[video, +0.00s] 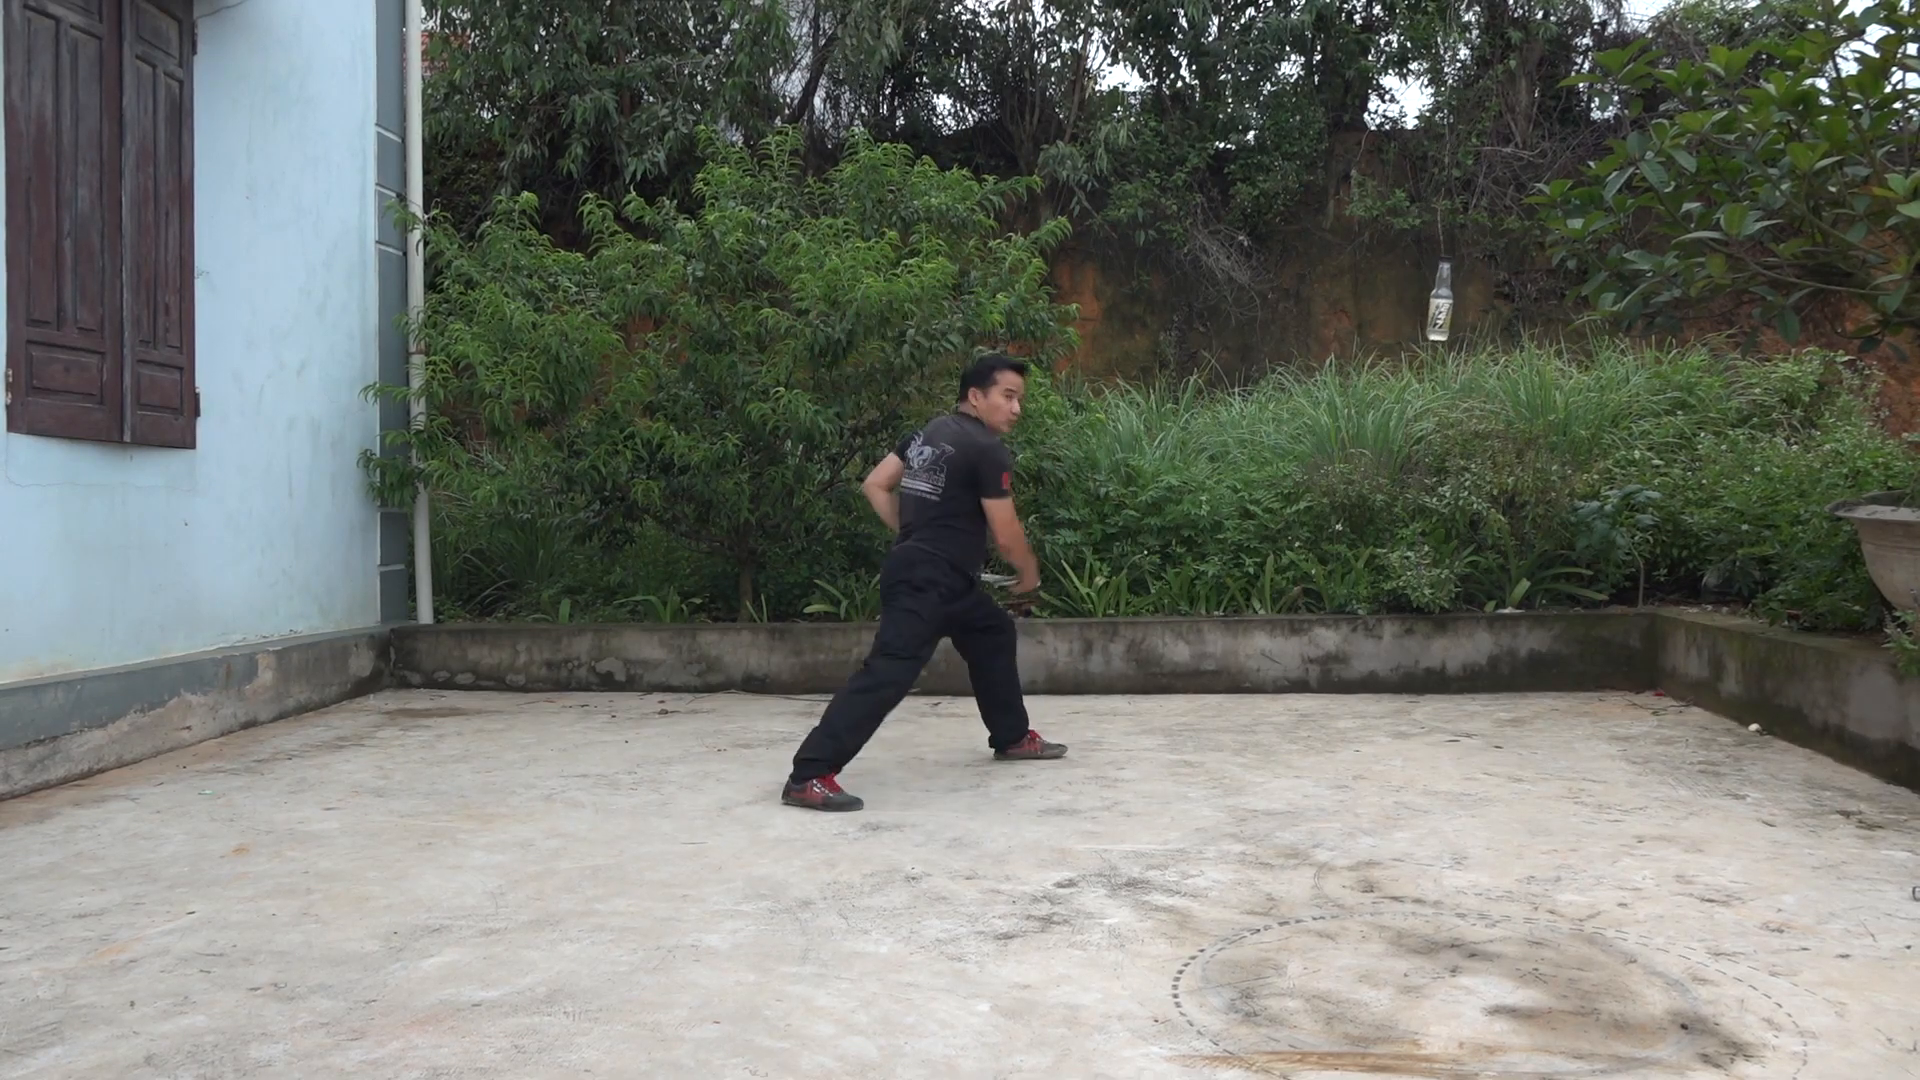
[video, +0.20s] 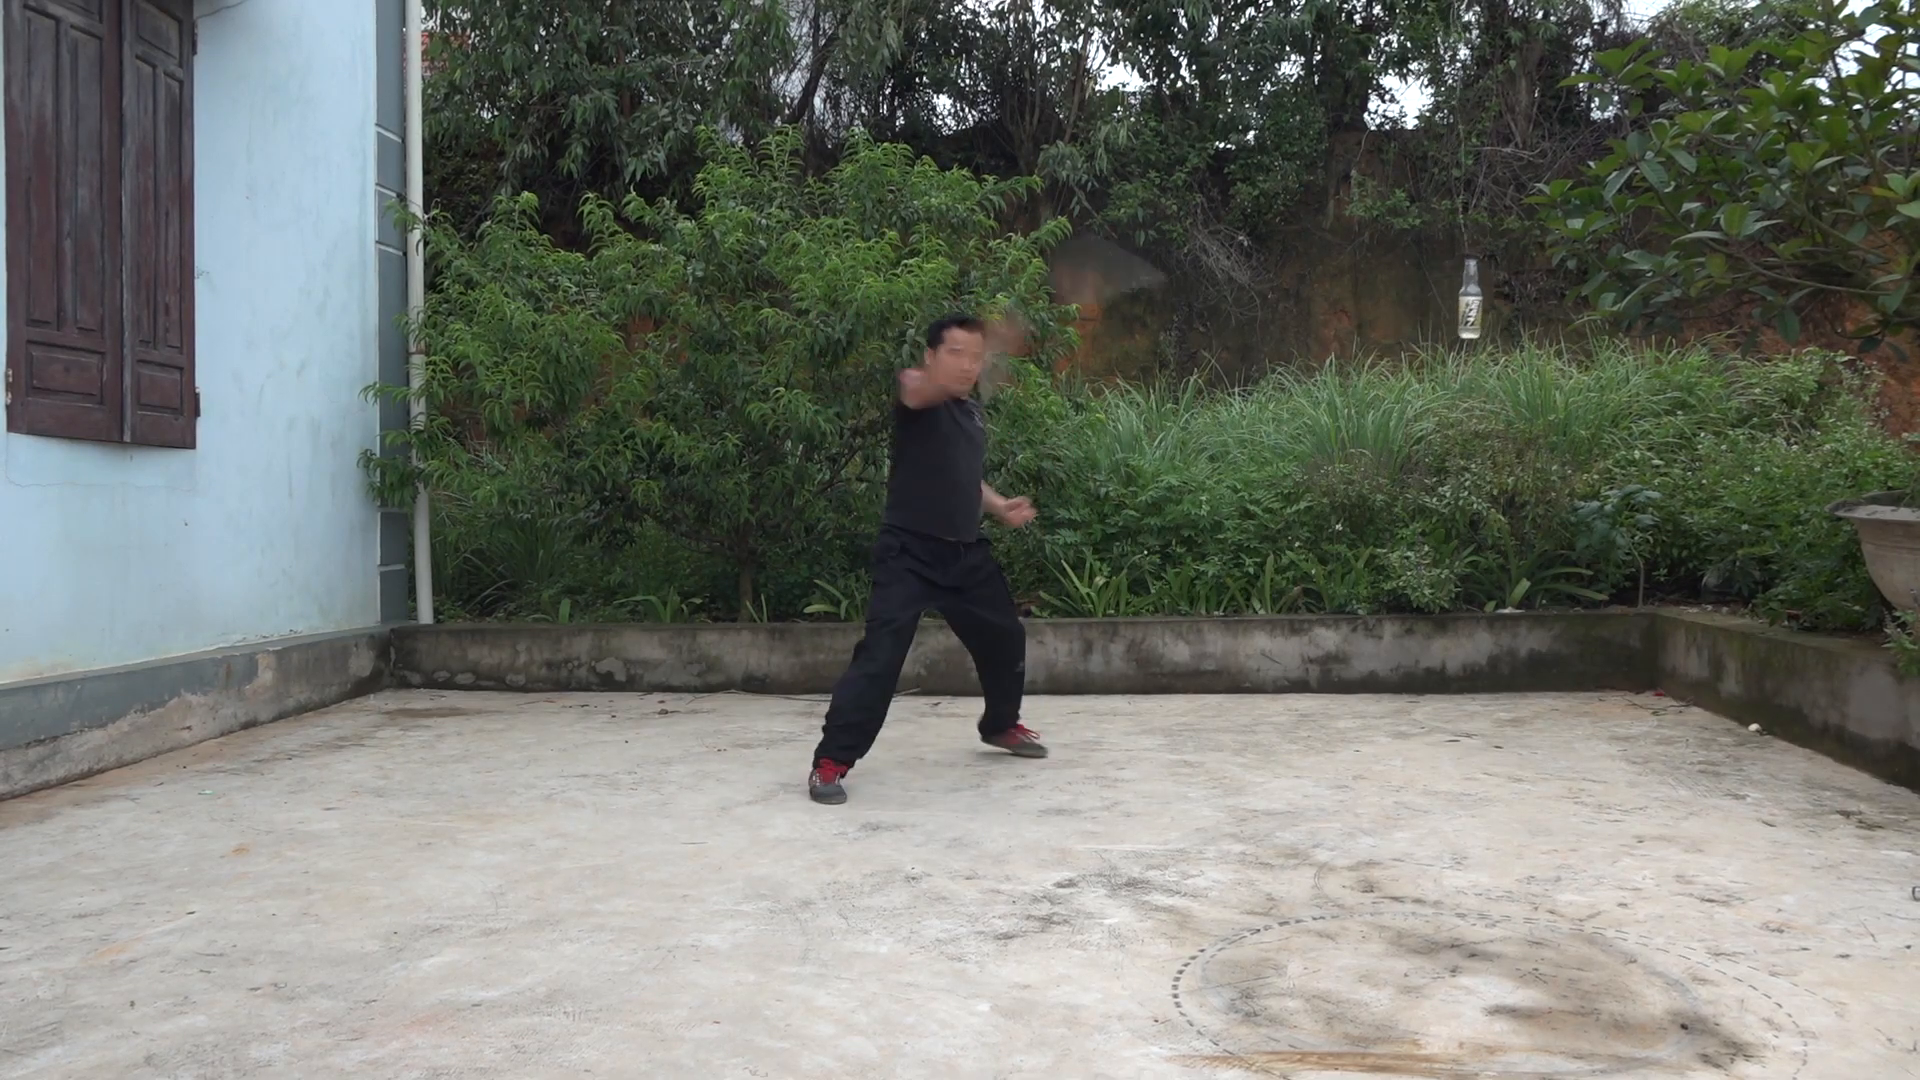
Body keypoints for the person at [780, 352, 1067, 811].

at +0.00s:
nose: (1017, 407)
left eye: (1019, 398)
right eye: (1008, 396)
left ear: (973, 401)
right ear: (974, 397)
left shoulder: (931, 431)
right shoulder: (987, 449)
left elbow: (876, 485)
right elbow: (1006, 534)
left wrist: (912, 532)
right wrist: (1029, 570)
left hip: (920, 567)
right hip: (931, 574)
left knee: (993, 632)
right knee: (889, 671)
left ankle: (1012, 737)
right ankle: (808, 775)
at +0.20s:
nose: (966, 364)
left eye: (975, 356)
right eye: (956, 353)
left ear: (982, 362)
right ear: (930, 356)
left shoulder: (972, 410)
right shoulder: (916, 391)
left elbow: (964, 476)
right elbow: (913, 392)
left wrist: (1000, 506)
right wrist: (933, 380)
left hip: (966, 553)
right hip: (908, 550)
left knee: (1005, 638)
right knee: (882, 650)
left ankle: (1000, 724)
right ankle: (831, 762)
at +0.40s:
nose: (943, 373)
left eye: (955, 364)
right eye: (933, 362)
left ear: (967, 372)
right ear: (913, 368)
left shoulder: (983, 413)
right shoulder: (893, 412)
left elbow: (1050, 414)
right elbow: (836, 422)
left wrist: (1003, 360)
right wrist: (819, 454)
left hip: (971, 565)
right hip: (904, 566)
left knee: (986, 653)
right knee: (873, 652)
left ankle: (990, 724)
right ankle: (842, 760)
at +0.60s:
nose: (897, 354)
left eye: (907, 345)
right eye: (886, 344)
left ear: (923, 356)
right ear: (870, 354)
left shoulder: (936, 400)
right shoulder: (871, 417)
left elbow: (958, 384)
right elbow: (831, 444)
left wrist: (931, 357)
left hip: (941, 562)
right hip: (875, 564)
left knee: (972, 659)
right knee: (837, 662)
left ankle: (988, 720)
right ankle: (840, 761)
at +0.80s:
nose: (906, 338)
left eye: (918, 329)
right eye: (895, 328)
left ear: (936, 342)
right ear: (877, 340)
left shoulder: (961, 406)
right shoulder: (854, 394)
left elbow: (994, 467)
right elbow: (780, 389)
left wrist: (987, 510)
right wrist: (807, 334)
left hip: (941, 559)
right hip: (870, 557)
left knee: (958, 668)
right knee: (843, 669)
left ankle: (979, 793)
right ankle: (842, 761)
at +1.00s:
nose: (916, 337)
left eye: (929, 329)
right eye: (906, 328)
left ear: (950, 347)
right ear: (889, 341)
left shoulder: (963, 416)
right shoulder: (870, 387)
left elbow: (977, 515)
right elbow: (832, 362)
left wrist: (989, 492)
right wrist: (826, 290)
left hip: (950, 566)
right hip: (879, 564)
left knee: (967, 684)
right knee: (854, 678)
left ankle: (971, 818)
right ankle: (846, 771)